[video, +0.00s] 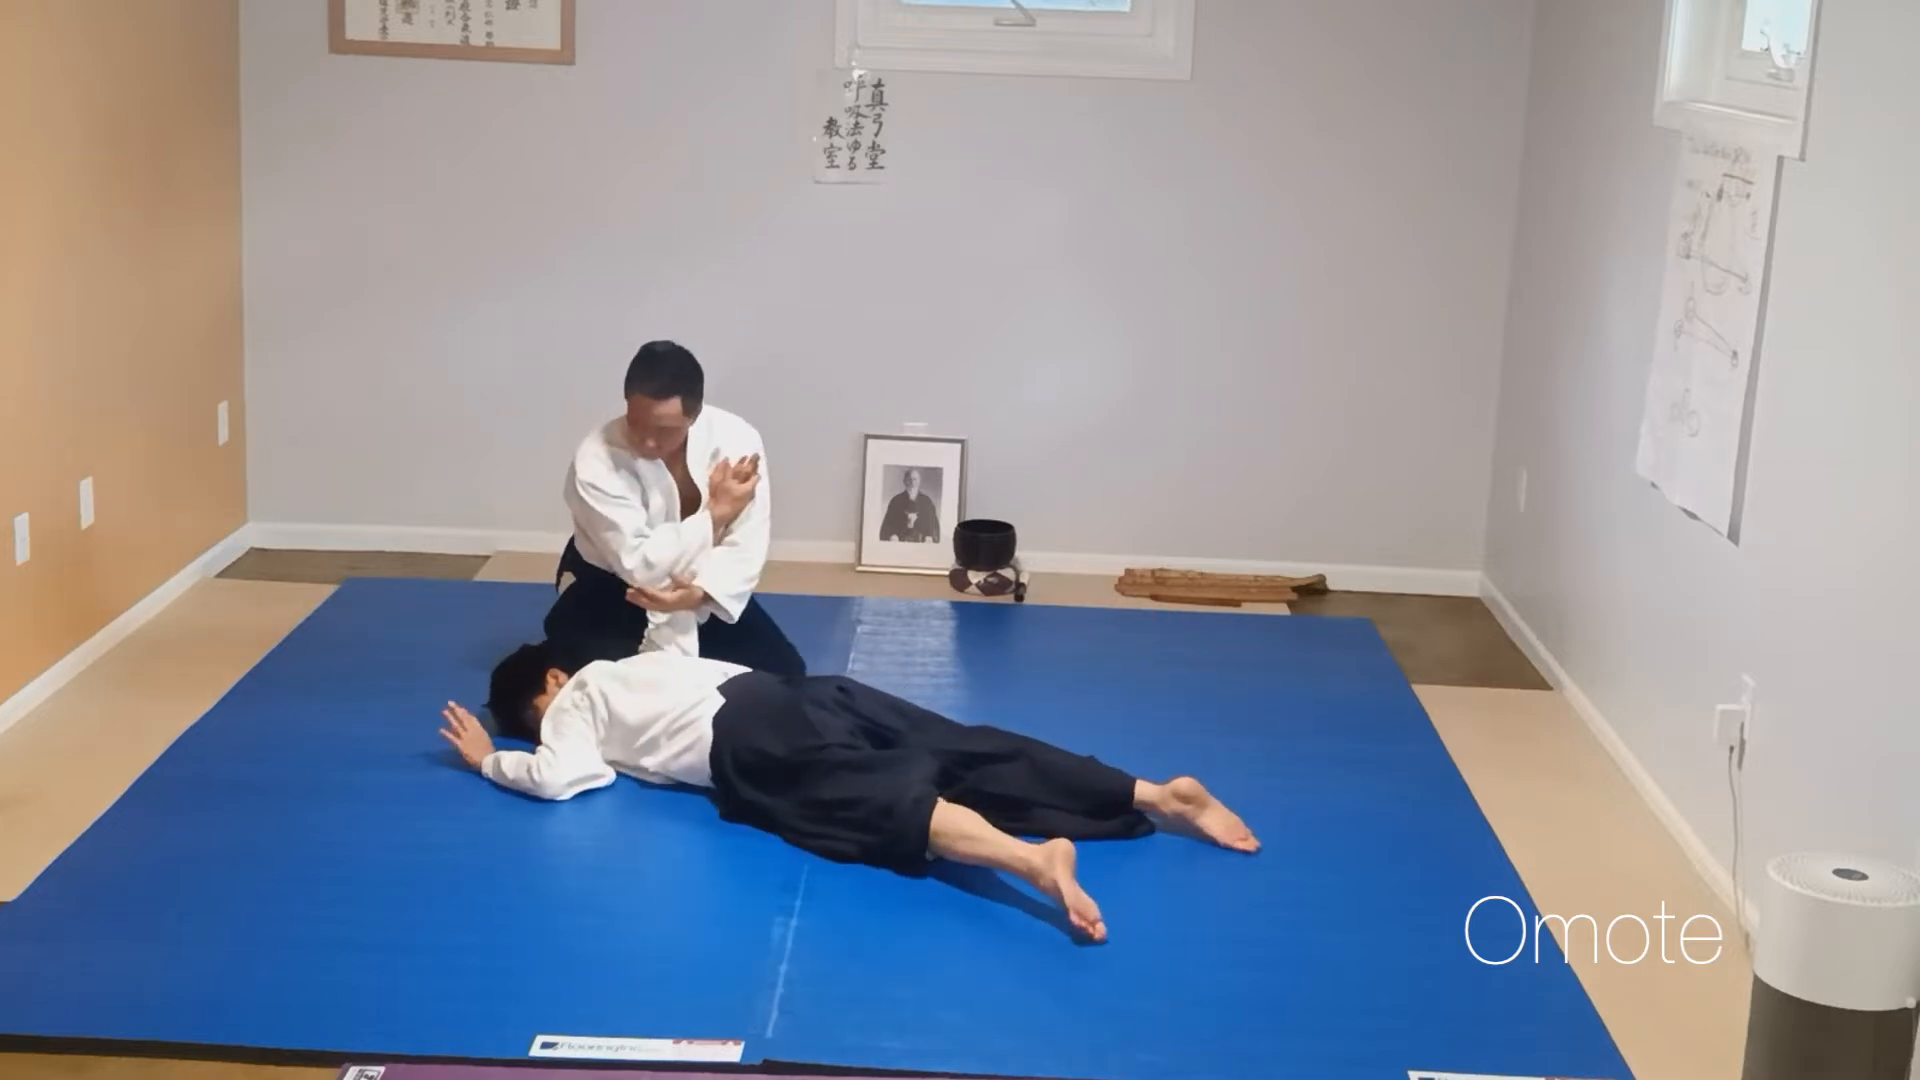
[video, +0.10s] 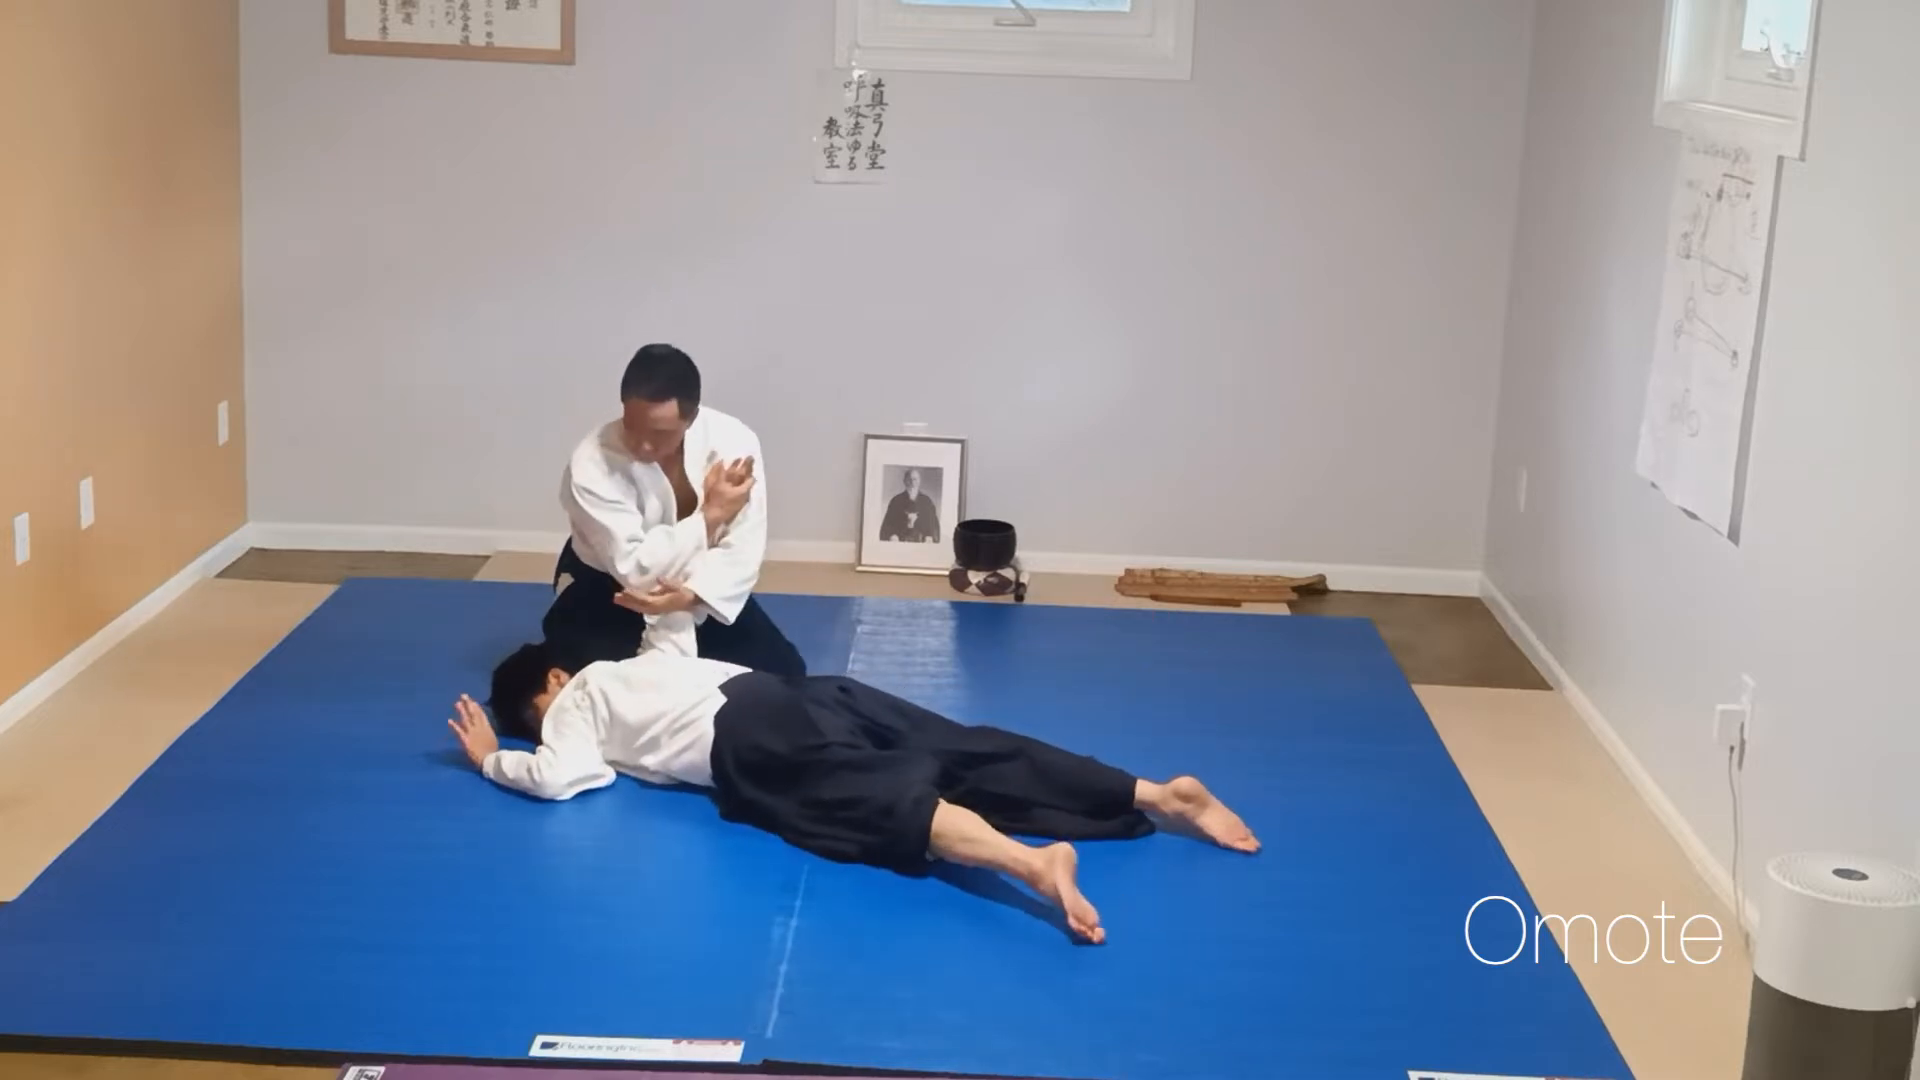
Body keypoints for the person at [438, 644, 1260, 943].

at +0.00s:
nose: (536, 720)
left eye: (527, 710)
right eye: (533, 709)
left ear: (546, 692)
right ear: (573, 664)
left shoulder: (573, 699)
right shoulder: (647, 660)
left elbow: (558, 778)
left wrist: (488, 759)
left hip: (748, 737)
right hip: (802, 687)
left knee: (889, 809)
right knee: (964, 748)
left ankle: (1030, 860)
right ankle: (1159, 797)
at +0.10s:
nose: (533, 719)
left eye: (526, 710)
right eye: (531, 709)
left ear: (547, 688)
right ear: (578, 662)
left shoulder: (572, 700)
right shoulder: (652, 659)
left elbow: (561, 775)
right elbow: (716, 645)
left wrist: (492, 758)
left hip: (749, 738)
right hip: (804, 688)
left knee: (891, 808)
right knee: (965, 748)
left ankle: (1030, 863)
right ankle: (1160, 797)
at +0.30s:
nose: (532, 722)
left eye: (526, 709)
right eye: (531, 709)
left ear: (547, 689)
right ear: (577, 663)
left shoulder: (576, 703)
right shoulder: (654, 653)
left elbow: (554, 779)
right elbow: (706, 641)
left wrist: (498, 758)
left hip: (751, 739)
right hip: (806, 690)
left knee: (889, 806)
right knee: (965, 748)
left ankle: (1030, 855)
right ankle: (1160, 795)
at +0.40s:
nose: (538, 723)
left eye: (530, 711)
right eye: (534, 709)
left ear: (548, 690)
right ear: (572, 666)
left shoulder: (579, 704)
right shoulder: (645, 648)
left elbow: (555, 777)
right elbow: (688, 625)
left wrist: (487, 756)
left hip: (745, 735)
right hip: (795, 688)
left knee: (882, 801)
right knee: (956, 745)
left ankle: (1029, 853)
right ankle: (1155, 796)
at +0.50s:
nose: (535, 727)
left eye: (528, 714)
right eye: (533, 714)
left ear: (546, 693)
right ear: (574, 665)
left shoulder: (578, 704)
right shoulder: (652, 653)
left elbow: (555, 777)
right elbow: (698, 651)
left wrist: (486, 758)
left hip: (750, 737)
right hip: (805, 688)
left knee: (890, 807)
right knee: (964, 747)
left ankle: (1026, 858)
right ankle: (1154, 793)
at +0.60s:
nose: (534, 720)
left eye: (526, 708)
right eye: (531, 708)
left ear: (546, 689)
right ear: (575, 664)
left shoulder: (574, 699)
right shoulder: (649, 657)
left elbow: (557, 778)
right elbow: (695, 667)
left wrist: (496, 759)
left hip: (750, 738)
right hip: (805, 688)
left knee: (887, 807)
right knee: (964, 749)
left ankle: (1026, 859)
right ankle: (1158, 795)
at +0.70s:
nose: (536, 721)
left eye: (527, 709)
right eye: (532, 710)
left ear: (549, 688)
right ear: (574, 661)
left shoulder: (576, 698)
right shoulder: (648, 658)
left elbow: (556, 777)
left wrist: (496, 759)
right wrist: (559, 726)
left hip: (752, 739)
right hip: (801, 688)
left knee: (885, 806)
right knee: (961, 747)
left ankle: (1024, 858)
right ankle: (1158, 797)